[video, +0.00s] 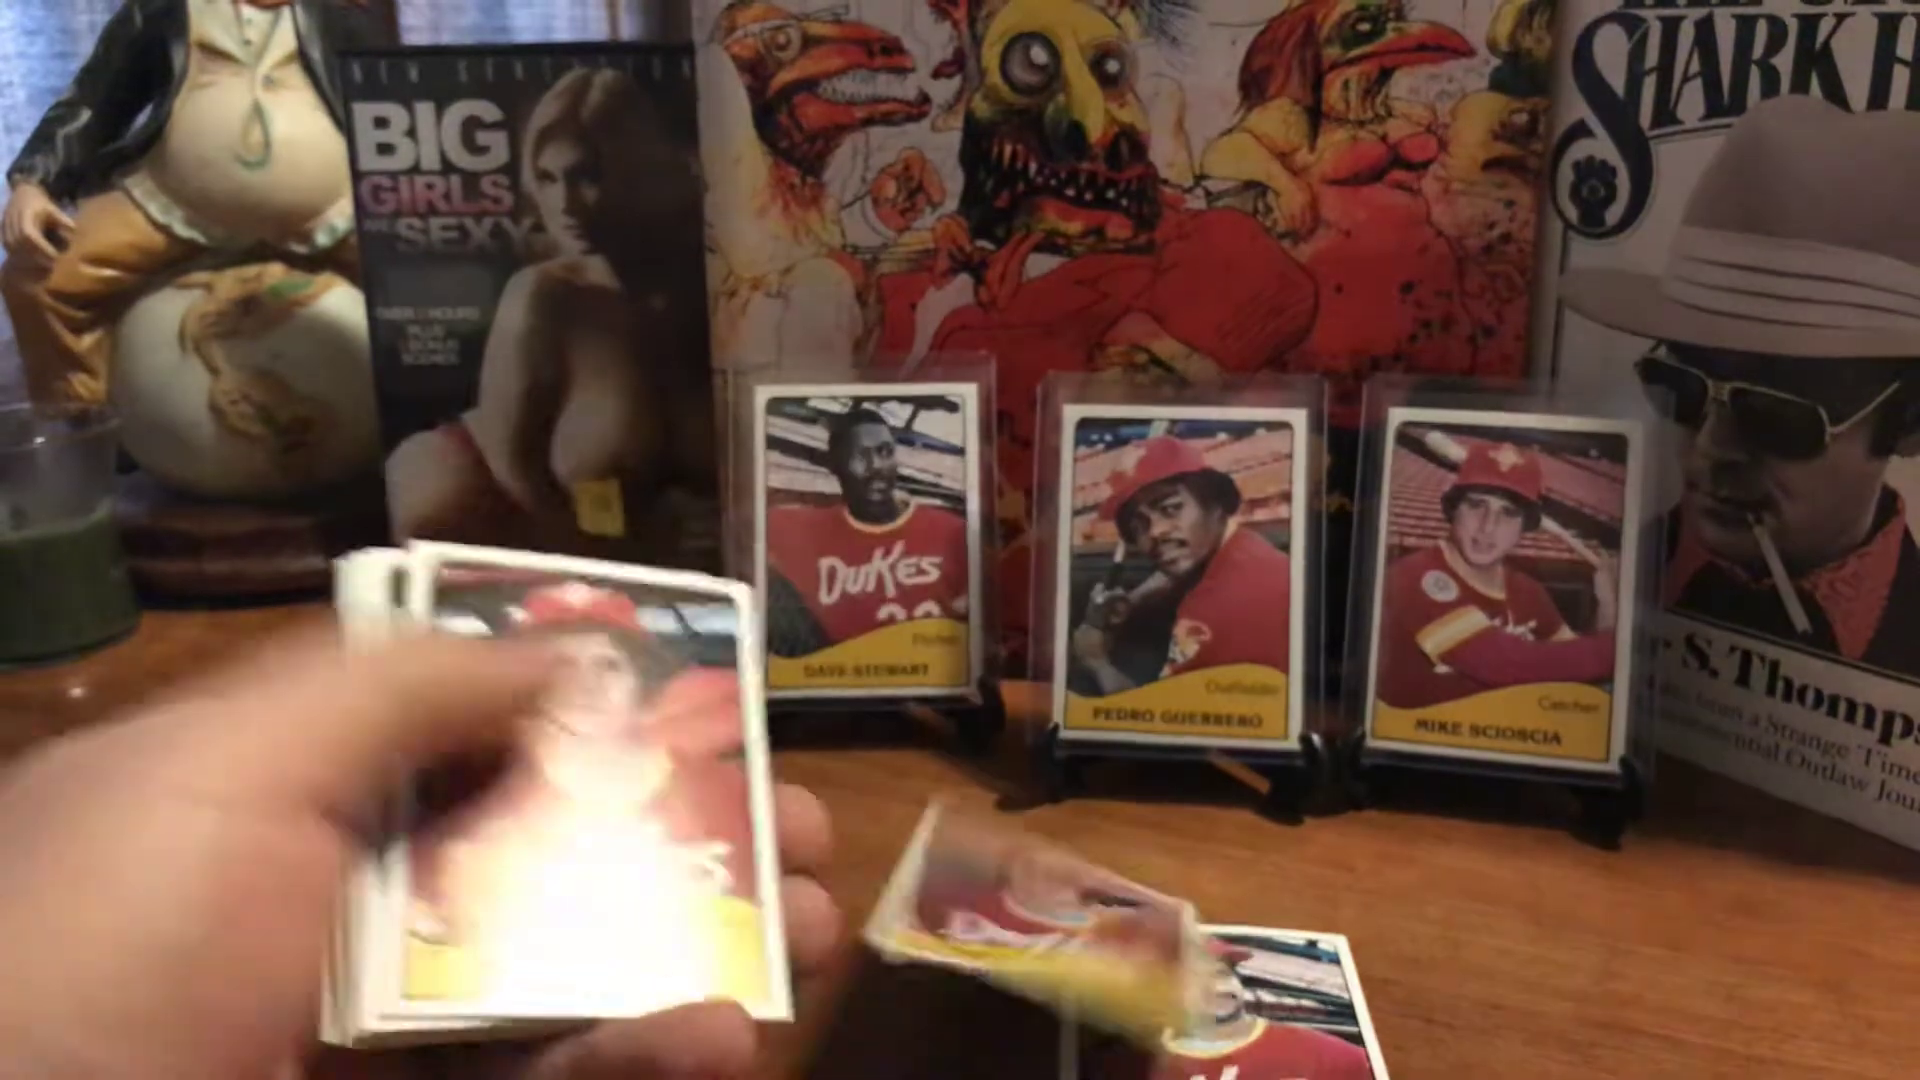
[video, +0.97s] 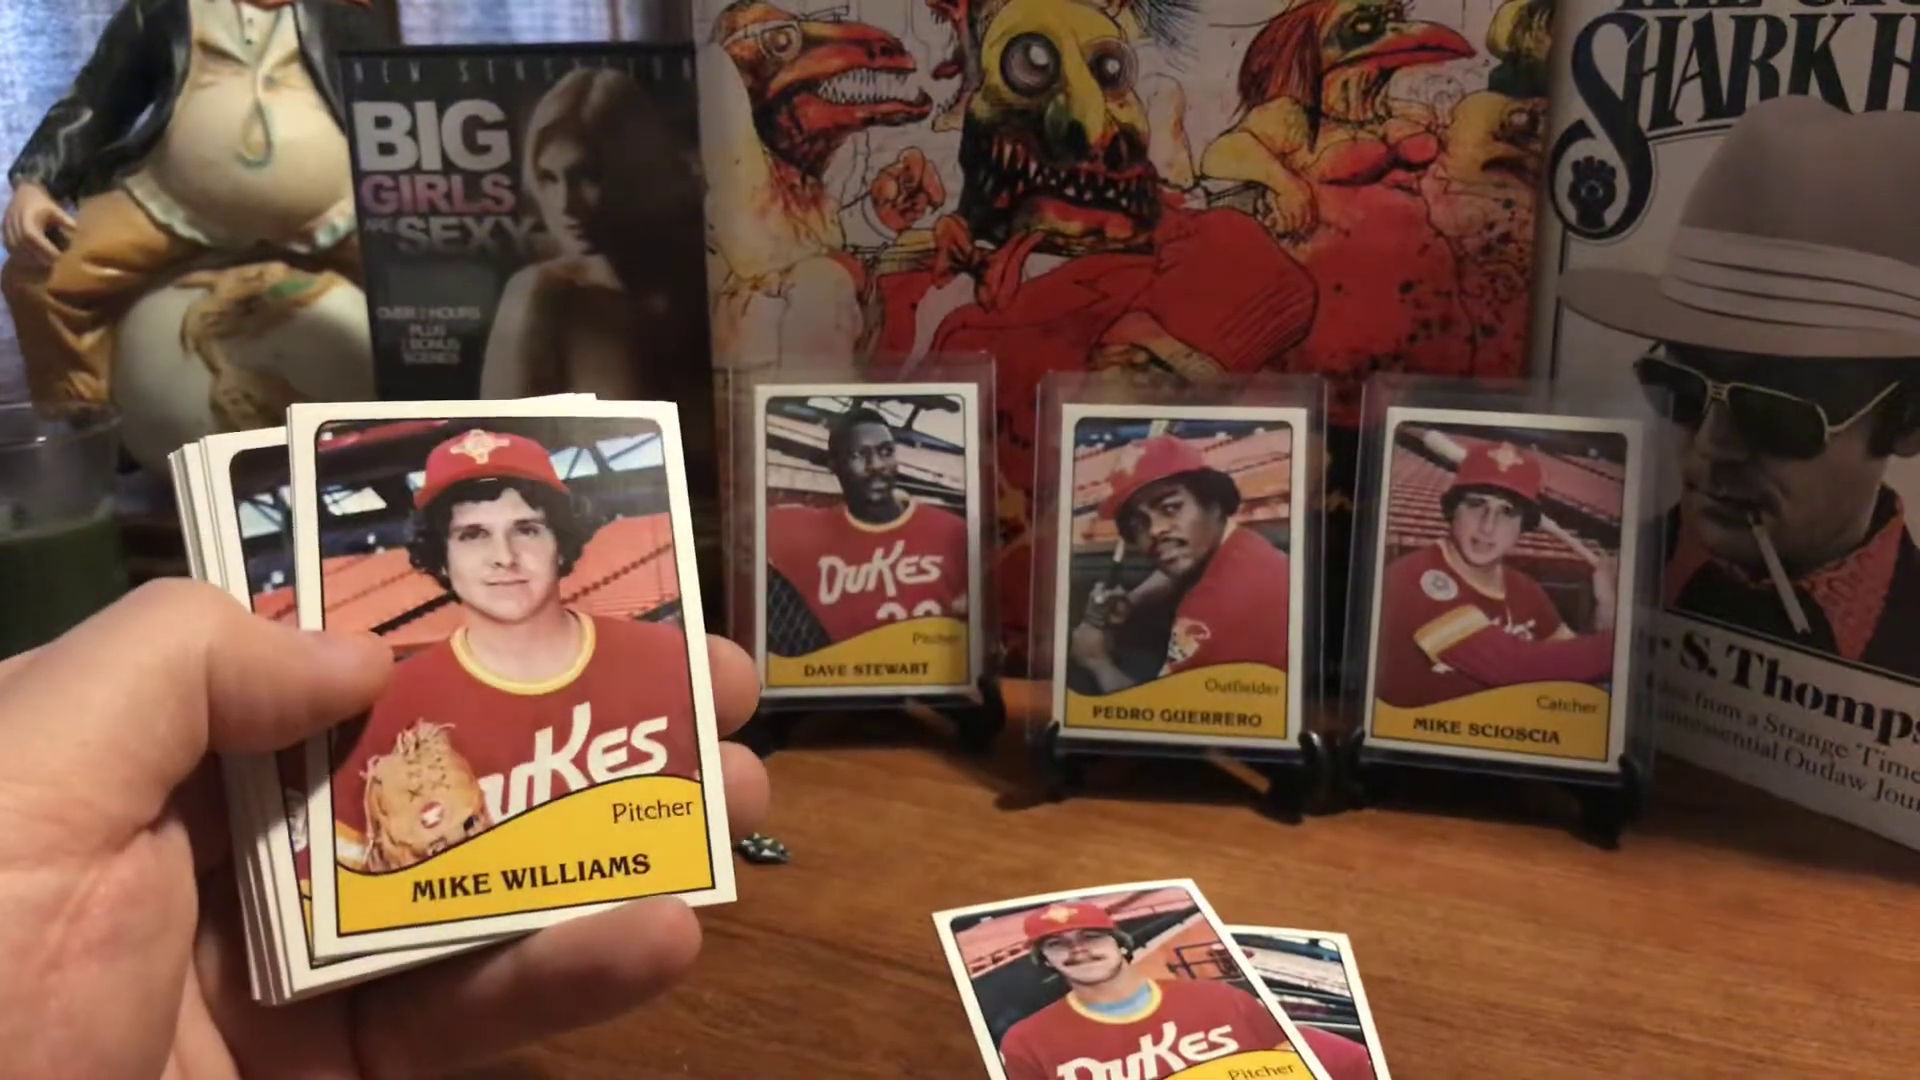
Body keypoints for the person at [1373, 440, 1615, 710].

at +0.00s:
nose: (1487, 525)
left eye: (1507, 513)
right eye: (1476, 505)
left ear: (1524, 526)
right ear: (1453, 510)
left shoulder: (1527, 592)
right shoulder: (1418, 578)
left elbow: (1582, 672)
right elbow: (1502, 665)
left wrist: (1607, 607)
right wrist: (1620, 647)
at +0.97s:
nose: (1487, 525)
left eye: (1506, 512)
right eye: (1476, 505)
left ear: (1522, 526)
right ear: (1452, 509)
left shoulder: (1523, 590)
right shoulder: (1416, 579)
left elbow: (1578, 675)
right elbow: (1506, 665)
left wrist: (1606, 608)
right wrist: (1626, 644)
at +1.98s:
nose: (1487, 526)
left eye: (1506, 513)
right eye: (1476, 505)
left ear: (1522, 527)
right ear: (1452, 509)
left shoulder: (1526, 592)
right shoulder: (1416, 577)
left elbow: (1578, 676)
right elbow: (1506, 665)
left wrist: (1606, 607)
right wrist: (1626, 642)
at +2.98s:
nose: (1485, 526)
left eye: (1504, 513)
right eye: (1473, 505)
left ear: (1520, 526)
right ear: (1450, 509)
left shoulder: (1523, 591)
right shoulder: (1414, 577)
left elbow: (1577, 671)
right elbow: (1505, 665)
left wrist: (1604, 607)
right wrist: (1616, 641)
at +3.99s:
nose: (1485, 525)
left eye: (1504, 511)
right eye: (1474, 504)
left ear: (1519, 526)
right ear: (1450, 509)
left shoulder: (1523, 590)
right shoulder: (1413, 576)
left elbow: (1576, 671)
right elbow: (1504, 663)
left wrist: (1603, 606)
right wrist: (1617, 640)